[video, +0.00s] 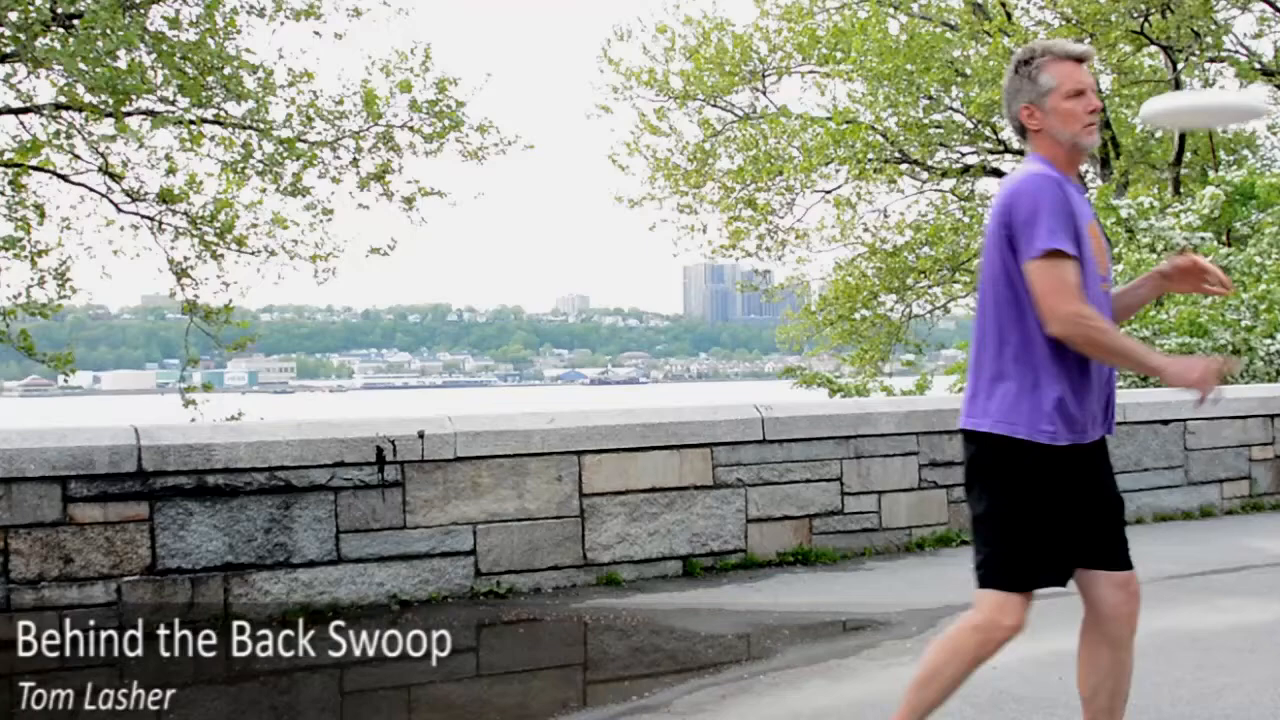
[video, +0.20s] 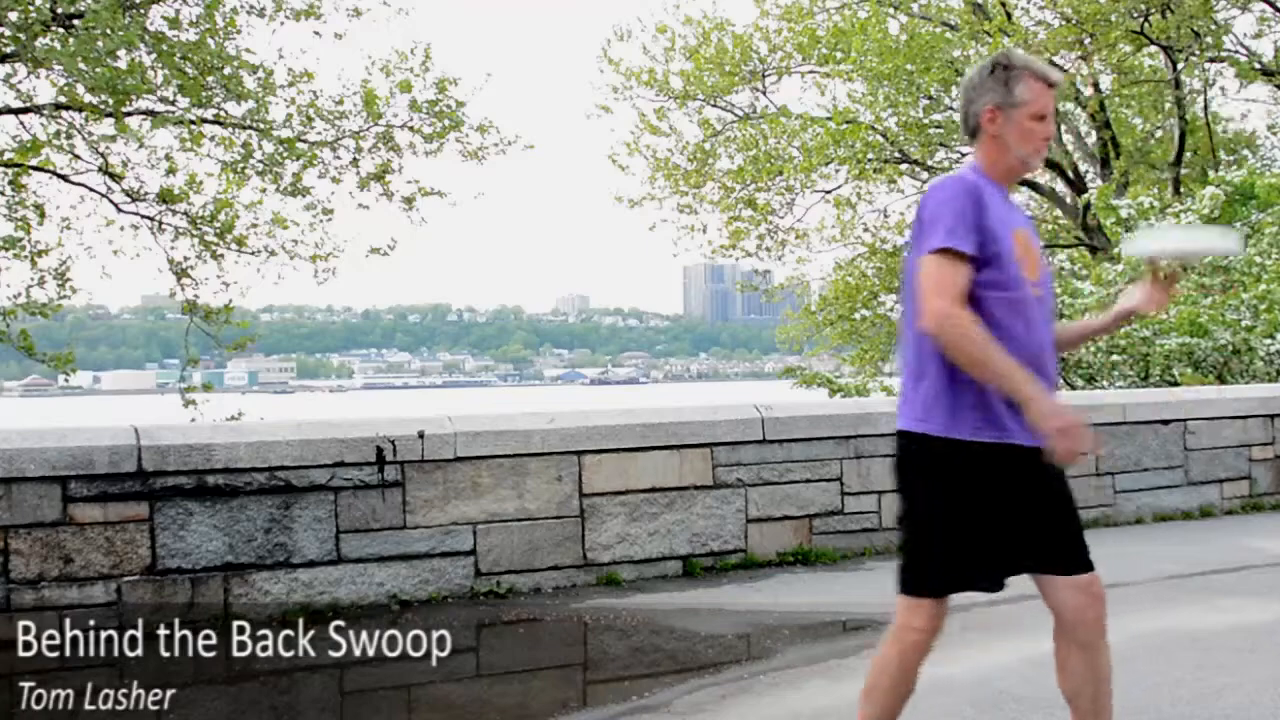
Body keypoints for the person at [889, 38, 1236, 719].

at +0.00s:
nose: (1094, 105)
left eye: (1093, 92)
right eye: (1075, 95)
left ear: (1094, 102)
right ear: (1032, 117)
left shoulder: (1070, 194)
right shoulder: (1034, 188)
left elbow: (1092, 314)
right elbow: (1063, 317)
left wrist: (1157, 281)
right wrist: (1168, 368)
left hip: (1075, 438)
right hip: (1013, 436)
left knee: (1115, 601)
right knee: (999, 614)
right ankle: (902, 714)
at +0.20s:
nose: (1051, 133)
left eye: (1053, 119)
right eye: (1039, 118)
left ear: (1014, 123)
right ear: (993, 119)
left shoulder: (1014, 215)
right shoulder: (956, 192)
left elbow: (1032, 341)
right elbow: (939, 315)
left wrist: (1124, 308)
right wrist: (1039, 400)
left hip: (1017, 444)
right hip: (944, 444)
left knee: (1081, 604)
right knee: (916, 622)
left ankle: (1095, 719)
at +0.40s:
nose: (1002, 173)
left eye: (1005, 159)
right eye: (993, 157)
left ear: (960, 156)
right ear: (947, 152)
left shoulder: (968, 254)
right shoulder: (882, 218)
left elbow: (973, 376)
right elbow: (826, 328)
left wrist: (1070, 430)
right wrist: (865, 444)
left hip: (953, 445)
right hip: (869, 454)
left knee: (1060, 560)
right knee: (877, 638)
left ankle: (1061, 716)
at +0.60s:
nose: (978, 211)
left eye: (984, 198)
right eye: (972, 193)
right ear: (925, 175)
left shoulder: (941, 272)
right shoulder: (854, 230)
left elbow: (945, 387)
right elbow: (785, 339)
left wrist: (1000, 491)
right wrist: (757, 453)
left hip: (908, 439)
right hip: (828, 457)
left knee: (1040, 475)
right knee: (848, 643)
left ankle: (1103, 681)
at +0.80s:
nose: (919, 187)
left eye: (931, 174)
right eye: (907, 169)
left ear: (941, 175)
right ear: (871, 160)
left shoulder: (931, 261)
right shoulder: (814, 230)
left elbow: (915, 368)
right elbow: (757, 338)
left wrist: (936, 448)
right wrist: (742, 449)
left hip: (909, 438)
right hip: (826, 454)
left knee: (1041, 477)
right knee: (846, 644)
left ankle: (1104, 684)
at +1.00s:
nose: (842, 135)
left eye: (859, 123)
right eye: (839, 122)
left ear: (903, 138)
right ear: (835, 130)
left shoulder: (938, 227)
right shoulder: (801, 210)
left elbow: (906, 327)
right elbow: (780, 332)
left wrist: (920, 408)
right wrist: (819, 435)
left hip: (928, 425)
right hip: (835, 435)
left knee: (1021, 555)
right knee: (847, 620)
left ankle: (1036, 715)